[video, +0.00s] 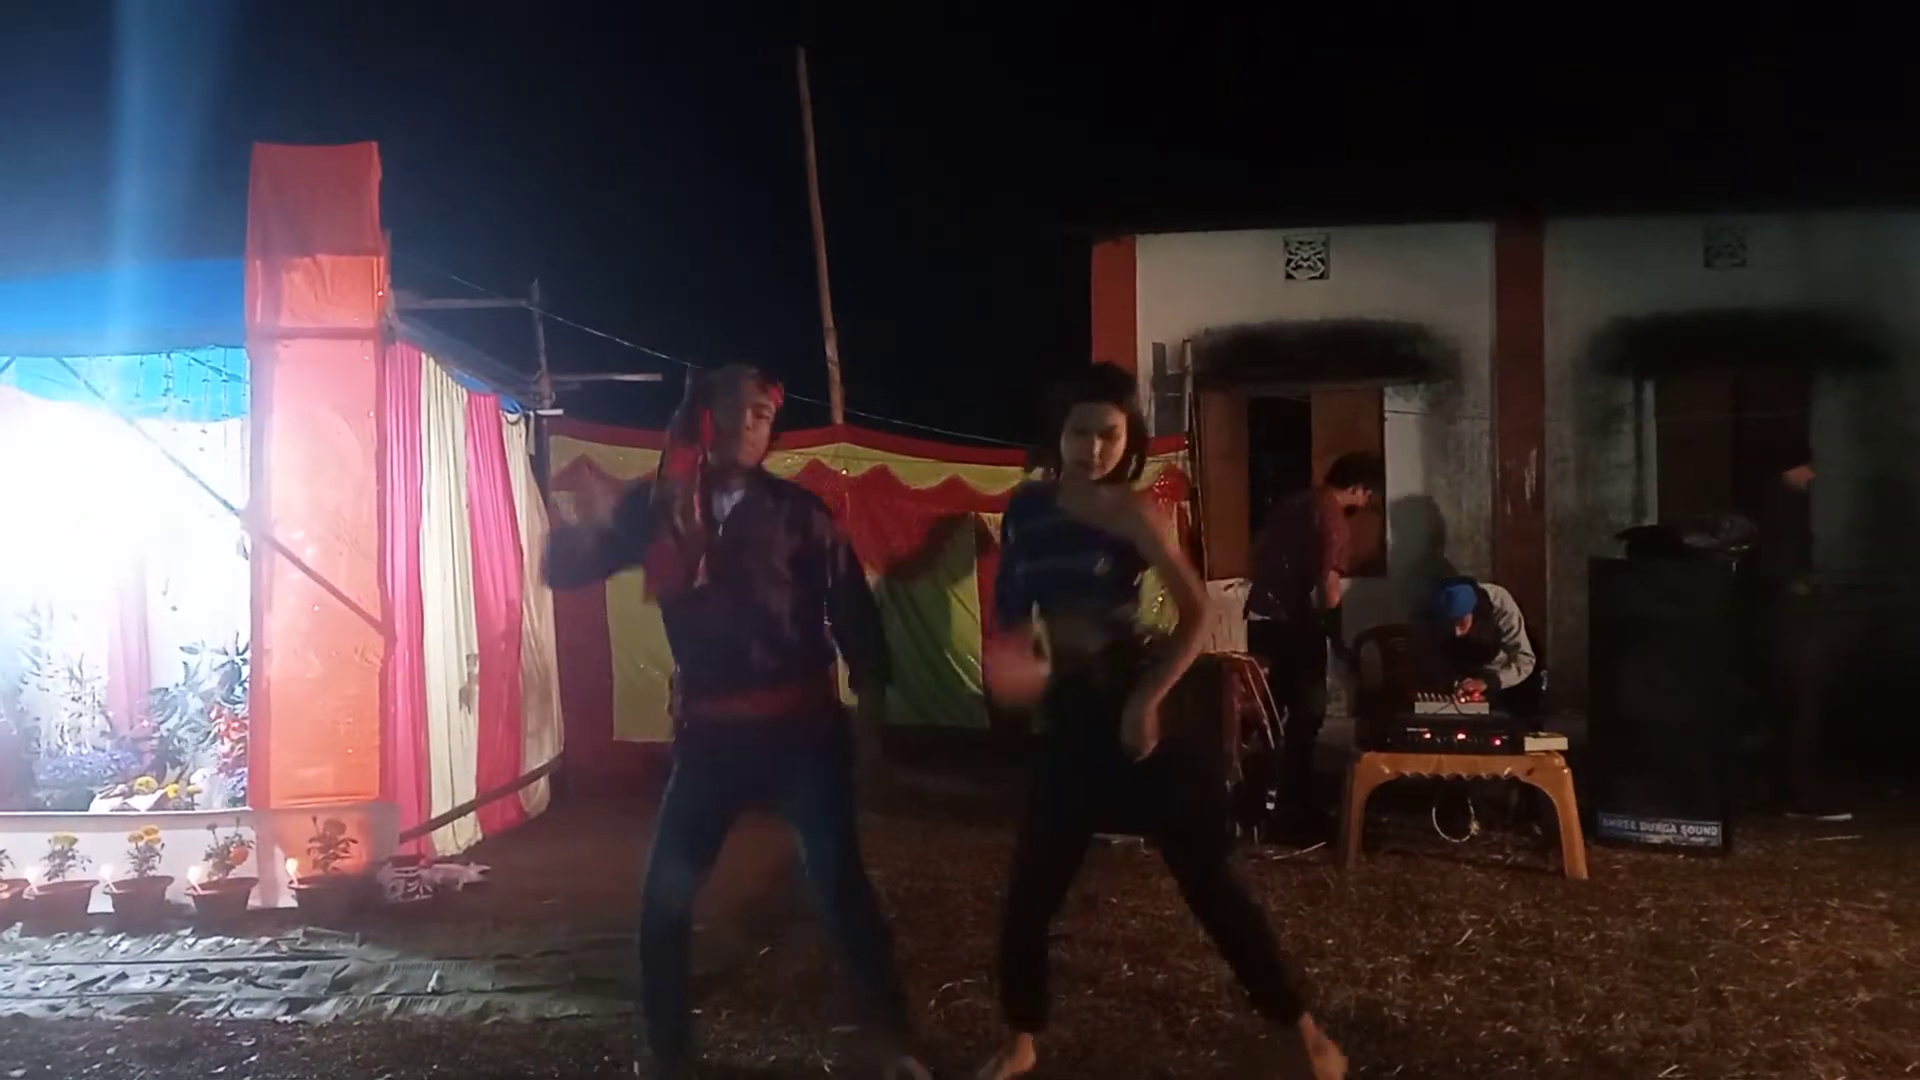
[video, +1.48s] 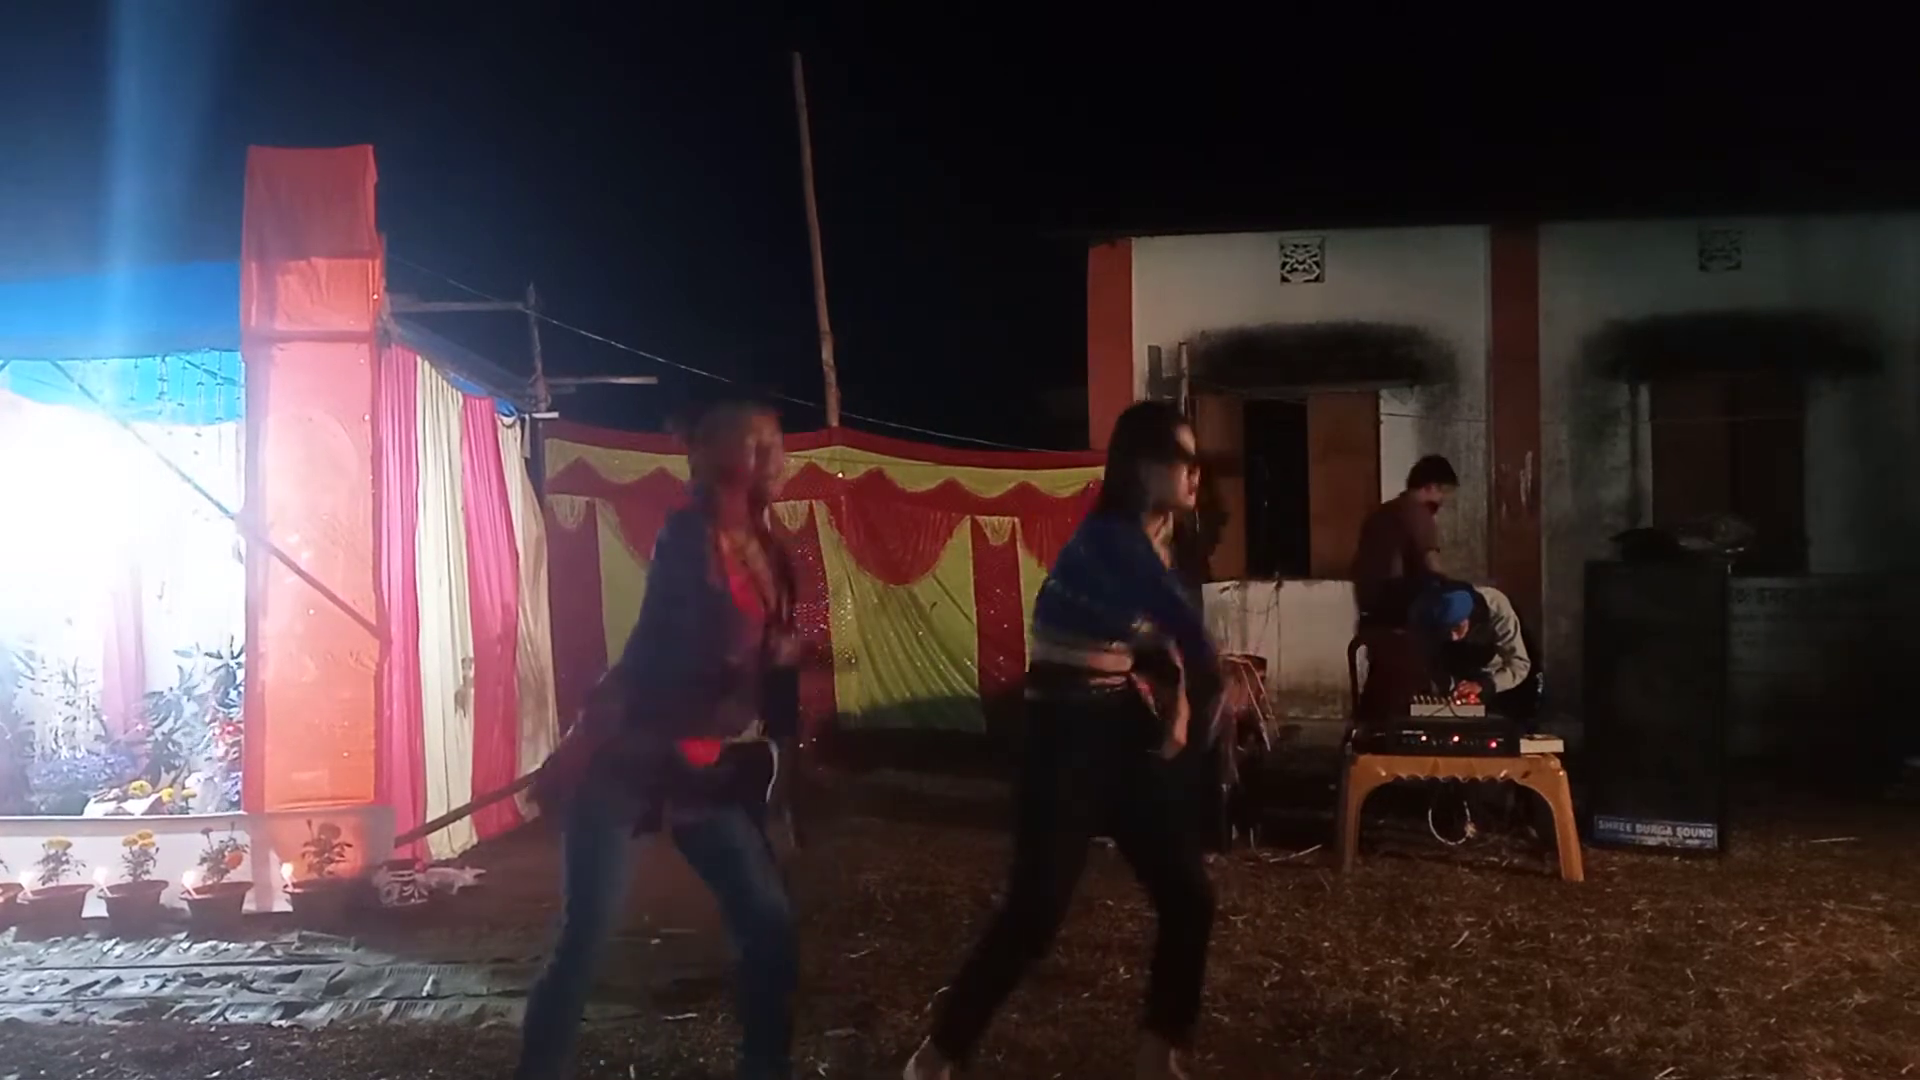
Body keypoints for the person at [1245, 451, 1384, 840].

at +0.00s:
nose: (1363, 504)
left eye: (1367, 497)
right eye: (1366, 496)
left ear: (1334, 478)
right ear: (1356, 489)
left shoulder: (1294, 504)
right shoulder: (1330, 514)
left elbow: (1268, 562)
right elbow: (1329, 578)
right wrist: (1335, 628)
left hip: (1265, 622)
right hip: (1298, 624)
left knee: (1275, 712)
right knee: (1308, 714)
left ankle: (1262, 799)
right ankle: (1296, 809)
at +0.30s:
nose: (1334, 505)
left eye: (1337, 498)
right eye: (1337, 496)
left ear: (1307, 481)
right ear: (1329, 489)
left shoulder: (1259, 504)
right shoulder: (1318, 512)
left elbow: (1226, 556)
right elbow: (1326, 576)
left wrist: (1213, 608)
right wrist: (1357, 625)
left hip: (1248, 627)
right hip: (1292, 630)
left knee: (1249, 706)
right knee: (1313, 706)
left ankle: (1247, 784)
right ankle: (1294, 783)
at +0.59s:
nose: (1330, 506)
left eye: (1333, 498)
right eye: (1332, 498)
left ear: (1303, 483)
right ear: (1324, 490)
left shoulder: (1257, 506)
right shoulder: (1316, 513)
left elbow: (1232, 551)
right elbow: (1331, 572)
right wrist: (1349, 607)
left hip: (1258, 624)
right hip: (1301, 627)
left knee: (1258, 691)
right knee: (1317, 687)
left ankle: (1250, 754)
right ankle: (1295, 746)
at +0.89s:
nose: (1354, 512)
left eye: (1358, 505)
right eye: (1357, 504)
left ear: (1326, 489)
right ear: (1349, 498)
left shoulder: (1286, 514)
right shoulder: (1341, 524)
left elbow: (1259, 563)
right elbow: (1344, 582)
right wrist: (1353, 611)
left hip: (1278, 632)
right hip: (1320, 636)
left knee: (1268, 708)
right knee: (1333, 712)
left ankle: (1253, 772)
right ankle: (1333, 777)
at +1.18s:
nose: (1398, 504)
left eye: (1401, 497)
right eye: (1400, 496)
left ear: (1371, 484)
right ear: (1388, 490)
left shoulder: (1329, 508)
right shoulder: (1381, 515)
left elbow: (1301, 560)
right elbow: (1390, 570)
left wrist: (1295, 607)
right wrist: (1411, 600)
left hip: (1323, 617)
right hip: (1359, 617)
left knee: (1328, 677)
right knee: (1359, 687)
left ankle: (1282, 727)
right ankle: (1349, 756)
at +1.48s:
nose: (1441, 502)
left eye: (1445, 497)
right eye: (1442, 494)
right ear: (1430, 487)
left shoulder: (1382, 511)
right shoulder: (1418, 514)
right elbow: (1431, 567)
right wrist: (1461, 613)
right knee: (1466, 599)